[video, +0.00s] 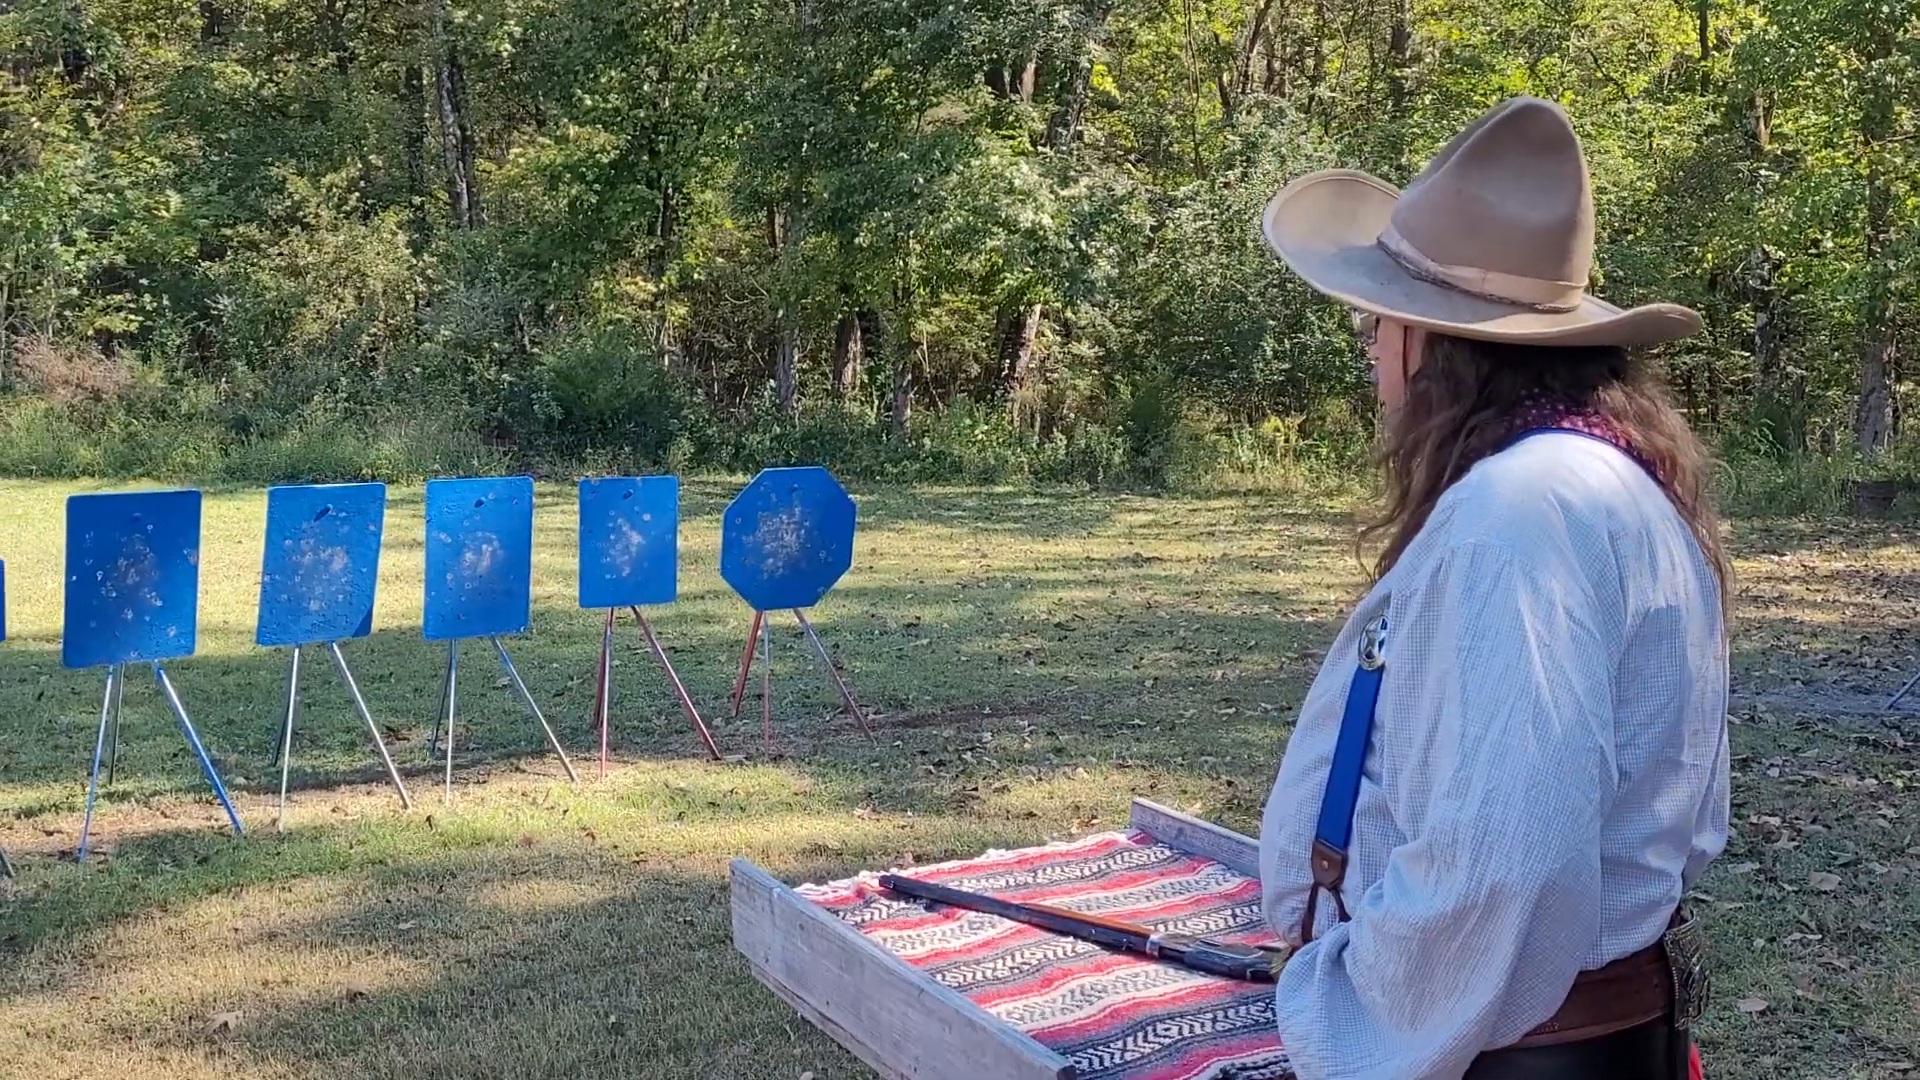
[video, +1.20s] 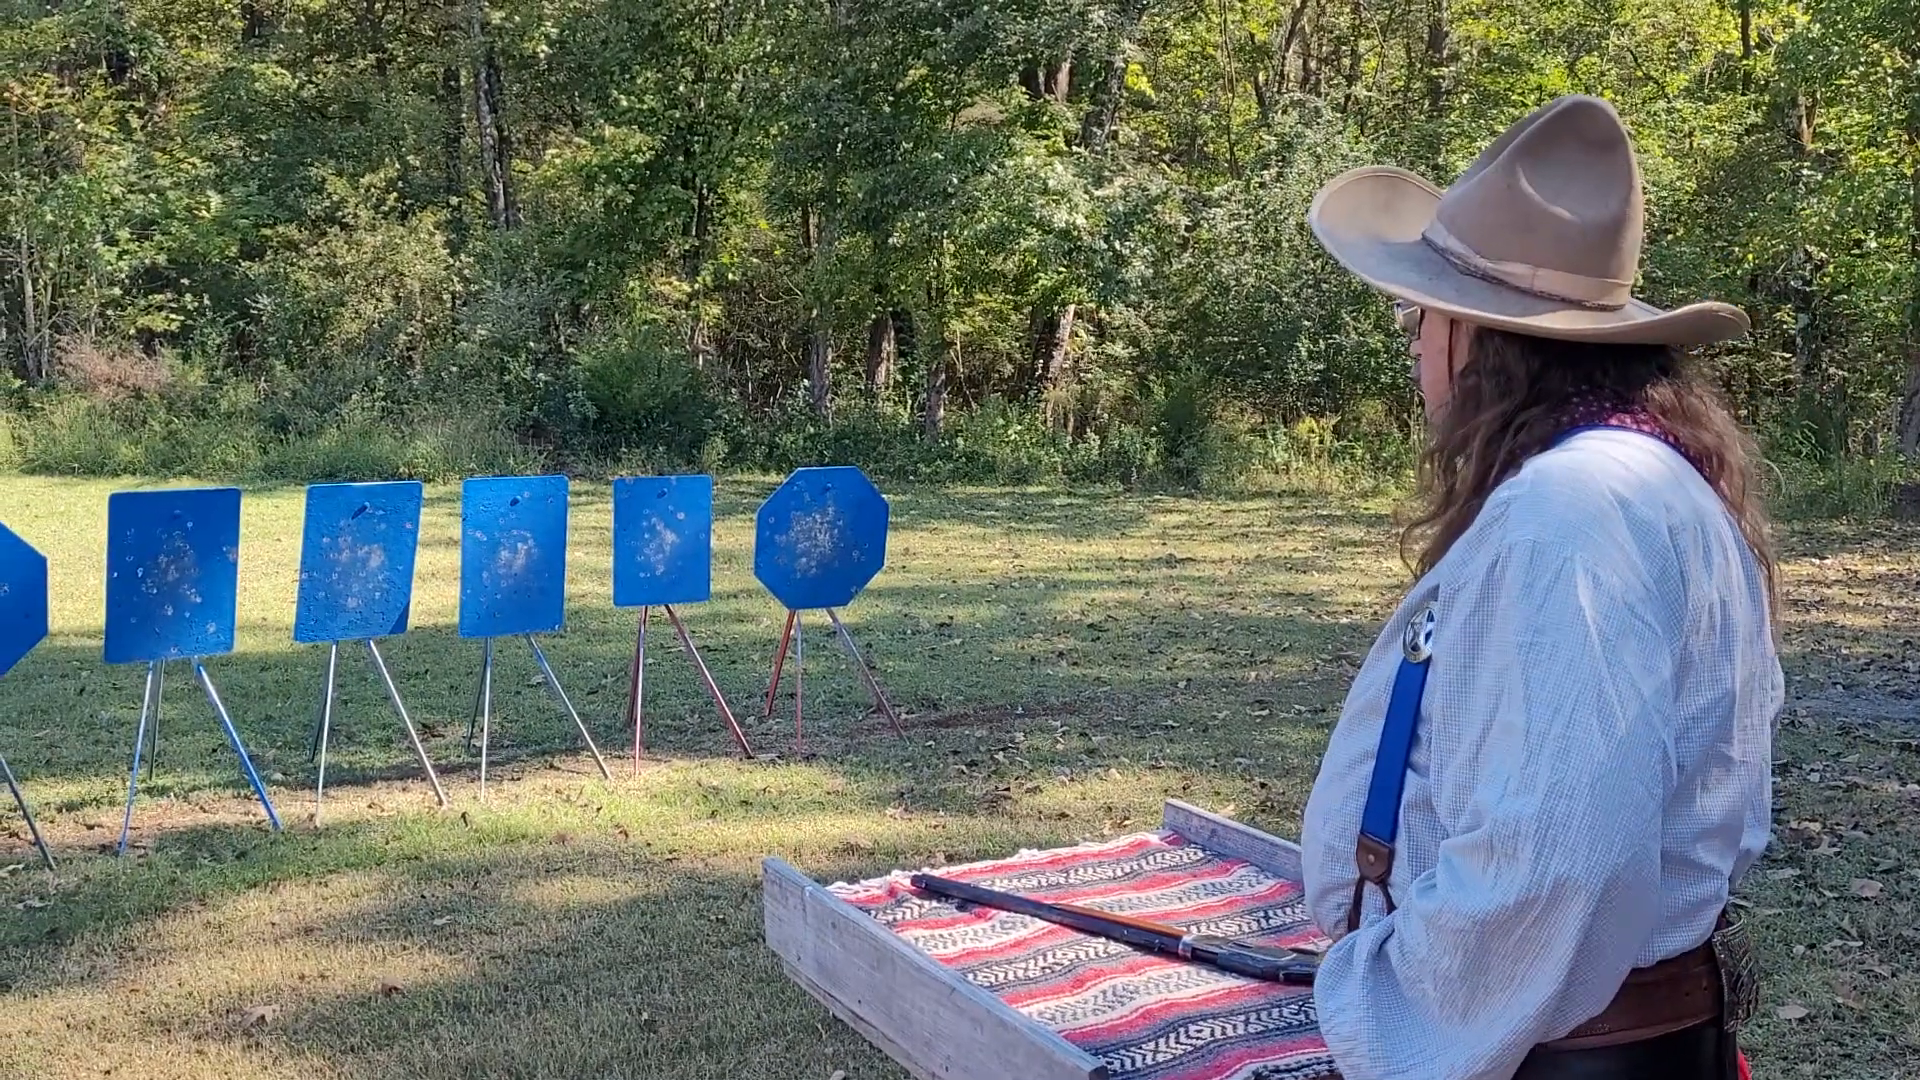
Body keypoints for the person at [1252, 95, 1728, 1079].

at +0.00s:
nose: (1369, 345)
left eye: (1381, 320)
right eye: (1374, 319)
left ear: (1439, 341)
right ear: (1546, 334)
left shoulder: (1523, 506)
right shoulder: (1609, 478)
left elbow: (1504, 858)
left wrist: (1339, 998)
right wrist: (1355, 895)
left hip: (1527, 1035)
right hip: (1611, 1004)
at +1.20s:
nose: (1413, 341)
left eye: (1425, 316)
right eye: (1419, 315)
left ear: (1486, 340)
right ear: (1586, 335)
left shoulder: (1573, 507)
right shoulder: (1656, 475)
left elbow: (1550, 851)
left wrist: (1379, 981)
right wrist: (1399, 903)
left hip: (1577, 1036)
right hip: (1658, 1003)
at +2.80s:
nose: (1345, 329)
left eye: (1359, 303)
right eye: (1352, 301)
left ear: (1416, 324)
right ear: (1450, 329)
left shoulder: (1602, 502)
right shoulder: (1426, 475)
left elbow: (1663, 886)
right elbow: (1230, 518)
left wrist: (1621, 1063)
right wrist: (1047, 460)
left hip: (1500, 1034)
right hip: (1368, 994)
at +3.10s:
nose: (1359, 328)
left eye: (1371, 301)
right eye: (1365, 300)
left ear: (1428, 322)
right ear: (1503, 324)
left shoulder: (1615, 502)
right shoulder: (1448, 473)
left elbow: (1668, 920)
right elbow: (1243, 517)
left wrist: (1619, 1067)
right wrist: (1061, 438)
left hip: (1499, 1039)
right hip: (1380, 997)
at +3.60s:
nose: (1362, 324)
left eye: (1377, 297)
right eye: (1368, 295)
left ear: (1449, 317)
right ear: (1482, 321)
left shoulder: (1629, 500)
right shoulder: (1456, 466)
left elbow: (1682, 919)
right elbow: (1255, 519)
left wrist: (1619, 1073)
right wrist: (1060, 453)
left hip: (1506, 1040)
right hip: (1378, 992)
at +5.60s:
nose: (1403, 320)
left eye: (1415, 298)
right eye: (1406, 295)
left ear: (1456, 319)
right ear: (1559, 310)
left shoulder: (1557, 491)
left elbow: (1543, 862)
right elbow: (1400, 488)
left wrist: (1423, 1060)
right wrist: (1287, 422)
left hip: (1516, 1029)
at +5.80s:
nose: (1407, 331)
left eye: (1419, 305)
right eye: (1409, 303)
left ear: (1460, 318)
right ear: (1567, 308)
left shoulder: (1556, 487)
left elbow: (1546, 853)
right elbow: (1404, 503)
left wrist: (1434, 1059)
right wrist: (1295, 412)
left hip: (1511, 1024)